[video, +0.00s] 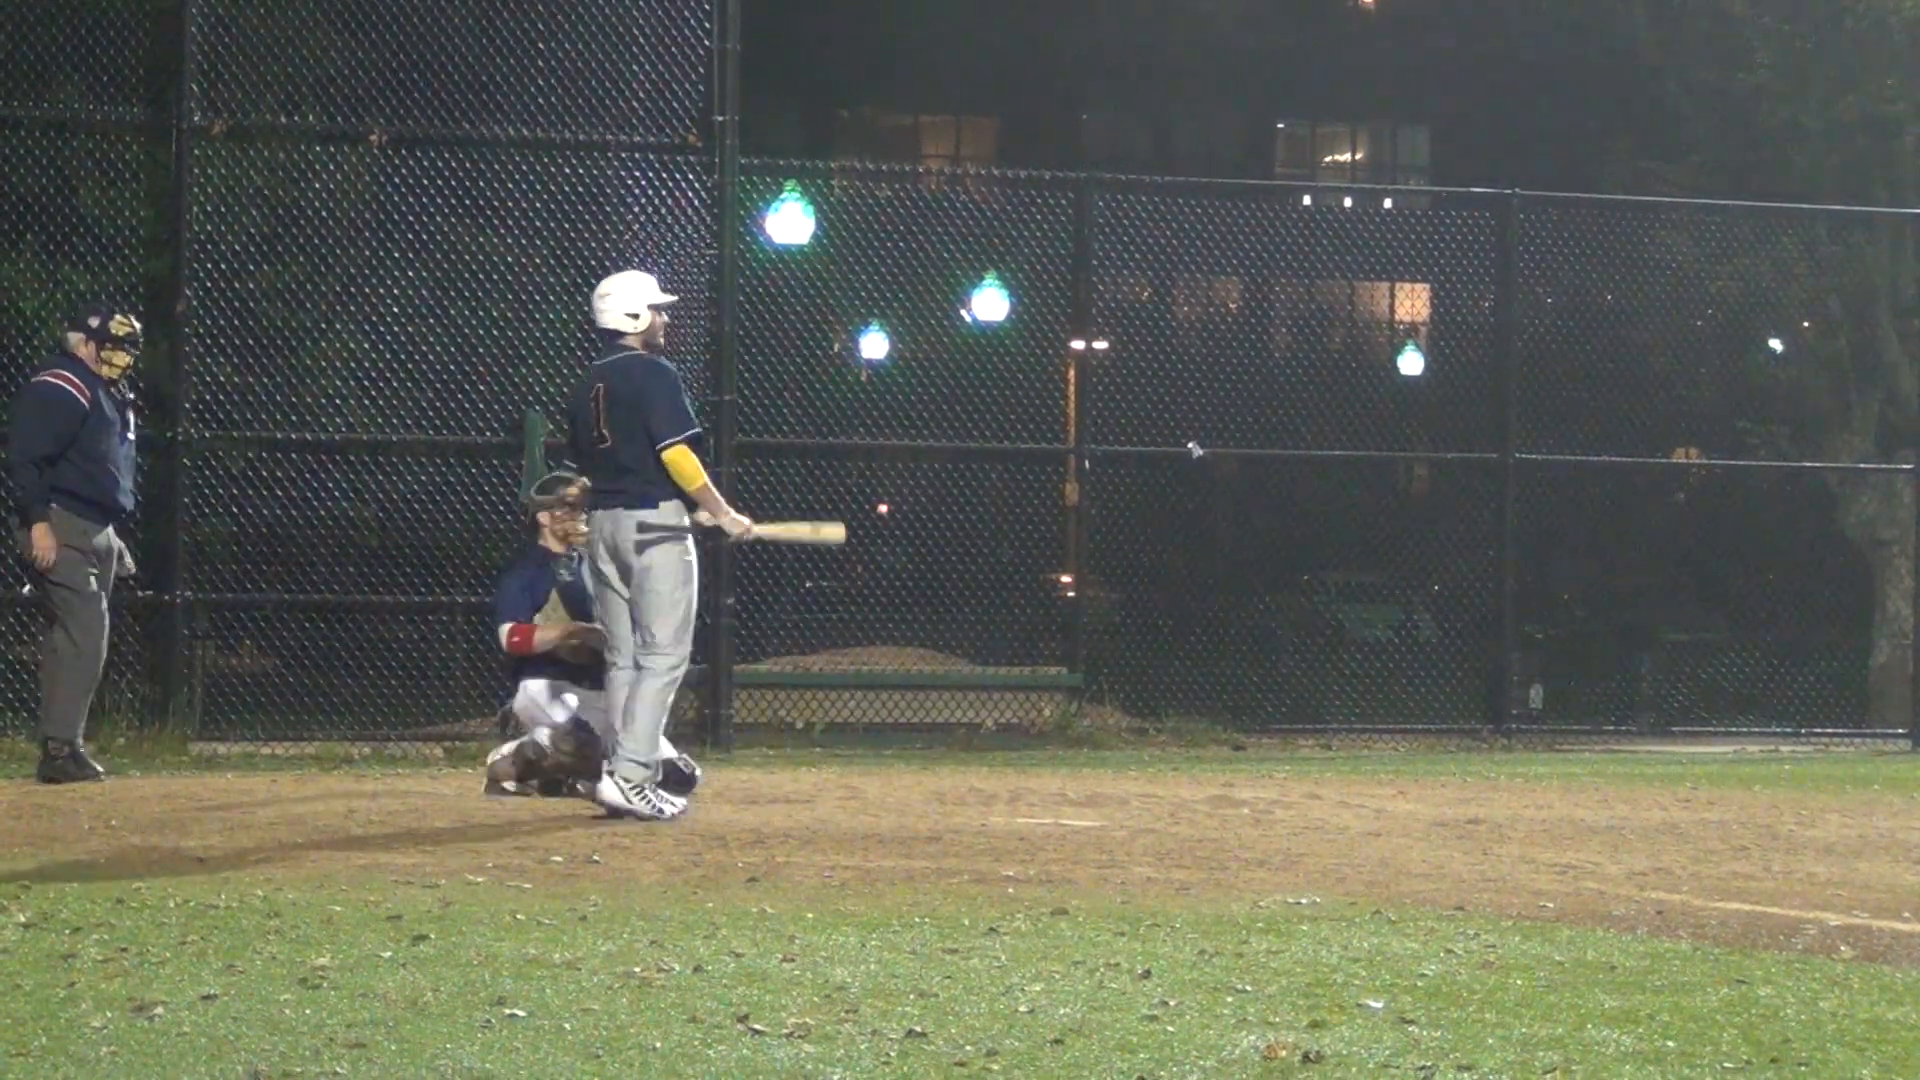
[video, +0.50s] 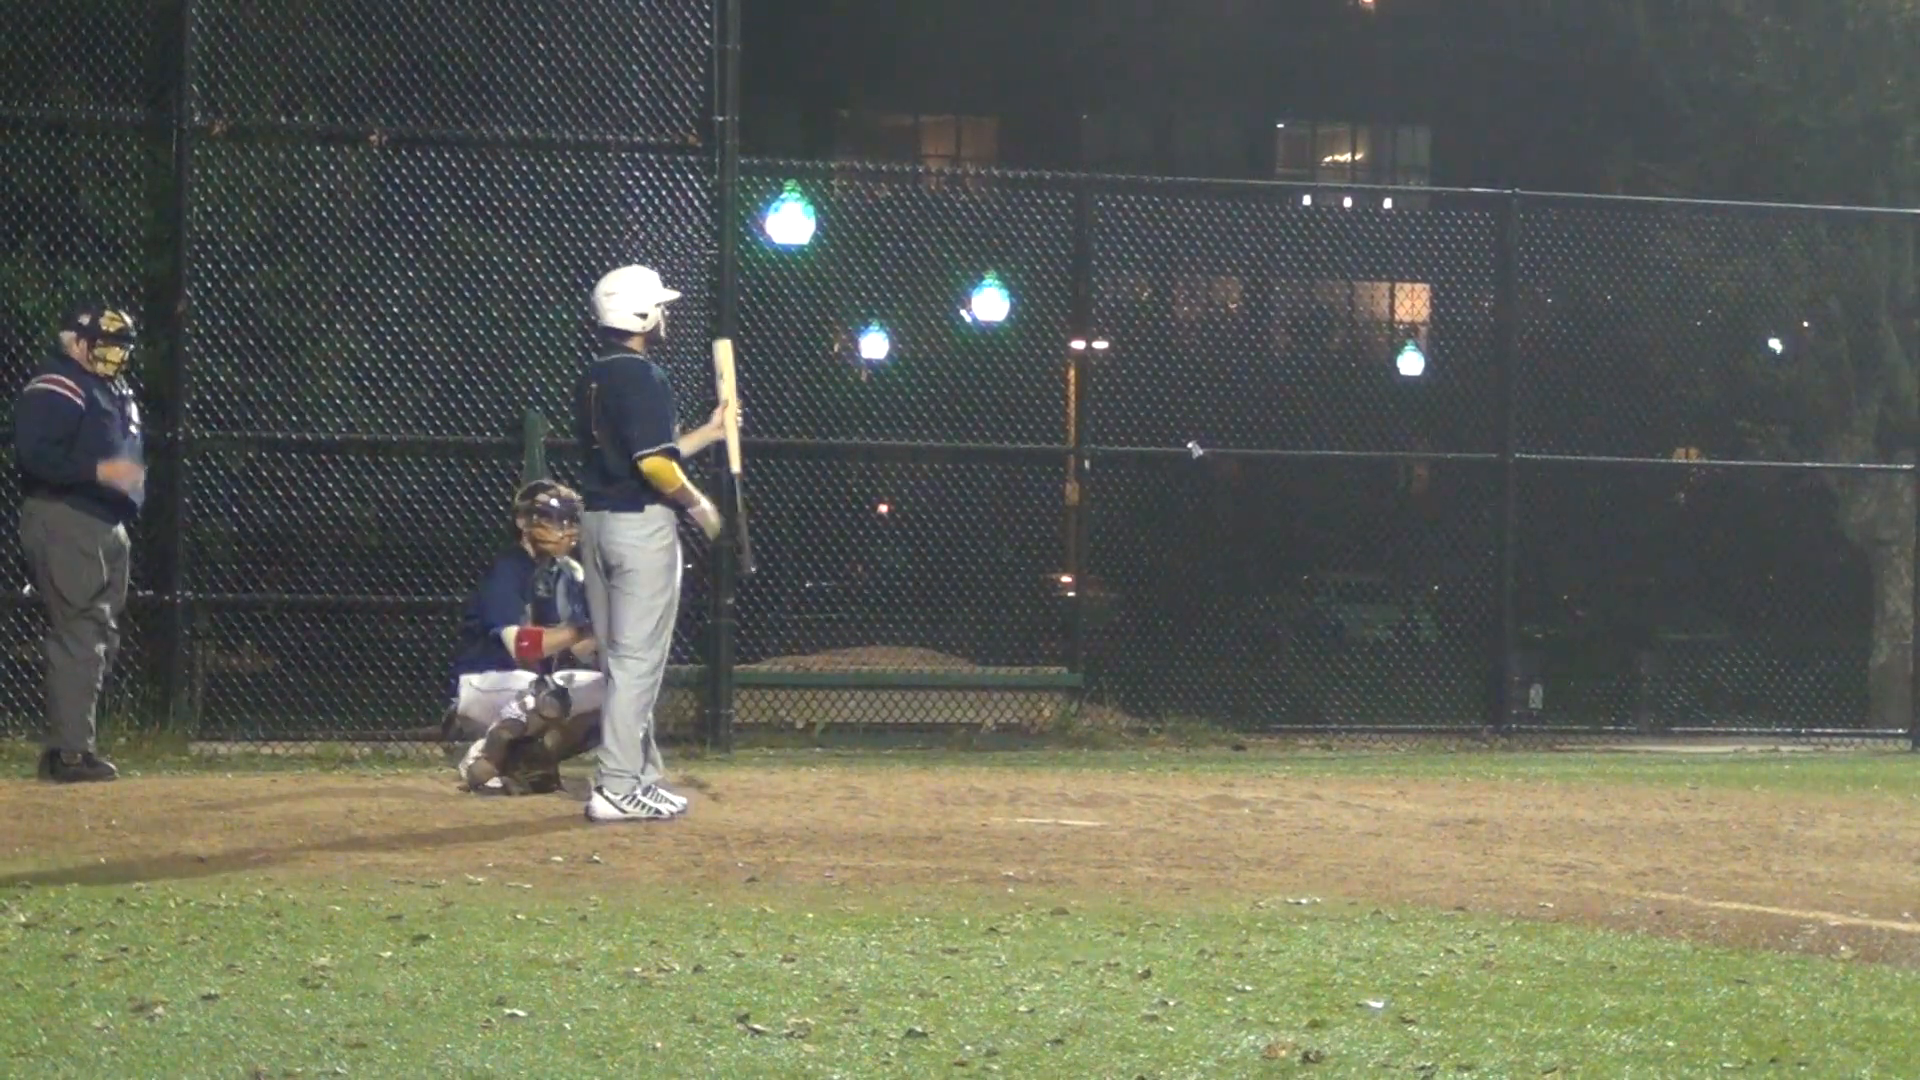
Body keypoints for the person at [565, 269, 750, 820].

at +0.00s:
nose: (666, 319)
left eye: (663, 310)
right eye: (659, 311)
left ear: (616, 321)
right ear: (637, 318)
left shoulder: (587, 382)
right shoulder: (654, 373)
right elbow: (676, 453)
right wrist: (722, 510)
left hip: (603, 523)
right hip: (654, 521)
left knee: (625, 654)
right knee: (665, 653)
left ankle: (628, 773)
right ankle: (630, 779)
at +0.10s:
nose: (665, 318)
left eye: (662, 309)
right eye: (658, 311)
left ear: (613, 321)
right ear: (637, 317)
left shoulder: (590, 379)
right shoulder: (651, 373)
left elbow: (612, 463)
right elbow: (673, 454)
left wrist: (705, 482)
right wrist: (720, 497)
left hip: (601, 525)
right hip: (650, 526)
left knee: (619, 655)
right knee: (649, 658)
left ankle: (627, 773)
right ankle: (621, 785)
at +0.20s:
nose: (664, 317)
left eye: (661, 308)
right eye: (657, 310)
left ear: (614, 320)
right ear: (638, 317)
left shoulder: (596, 376)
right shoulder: (647, 374)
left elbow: (636, 458)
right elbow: (671, 455)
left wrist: (707, 468)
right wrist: (713, 485)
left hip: (602, 525)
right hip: (646, 528)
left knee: (624, 653)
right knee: (642, 656)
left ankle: (632, 775)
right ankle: (619, 786)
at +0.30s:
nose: (664, 315)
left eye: (661, 307)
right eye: (657, 308)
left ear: (614, 320)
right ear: (639, 316)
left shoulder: (596, 375)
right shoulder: (647, 375)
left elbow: (645, 456)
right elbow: (669, 458)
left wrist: (712, 452)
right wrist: (712, 480)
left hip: (600, 524)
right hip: (644, 528)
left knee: (624, 655)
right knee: (639, 658)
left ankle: (637, 776)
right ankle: (617, 787)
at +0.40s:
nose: (665, 315)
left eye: (662, 307)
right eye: (658, 308)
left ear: (617, 318)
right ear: (637, 316)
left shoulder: (596, 374)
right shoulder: (643, 376)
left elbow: (640, 456)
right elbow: (661, 459)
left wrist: (709, 440)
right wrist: (706, 486)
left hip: (599, 525)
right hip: (642, 527)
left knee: (626, 654)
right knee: (640, 656)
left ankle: (637, 775)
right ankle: (617, 787)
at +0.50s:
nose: (666, 315)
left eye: (663, 307)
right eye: (659, 308)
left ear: (615, 319)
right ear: (640, 316)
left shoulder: (597, 374)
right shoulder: (640, 376)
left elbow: (638, 454)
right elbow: (652, 462)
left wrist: (709, 431)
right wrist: (694, 501)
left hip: (601, 524)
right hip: (641, 527)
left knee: (624, 654)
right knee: (638, 657)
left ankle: (635, 773)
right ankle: (617, 786)